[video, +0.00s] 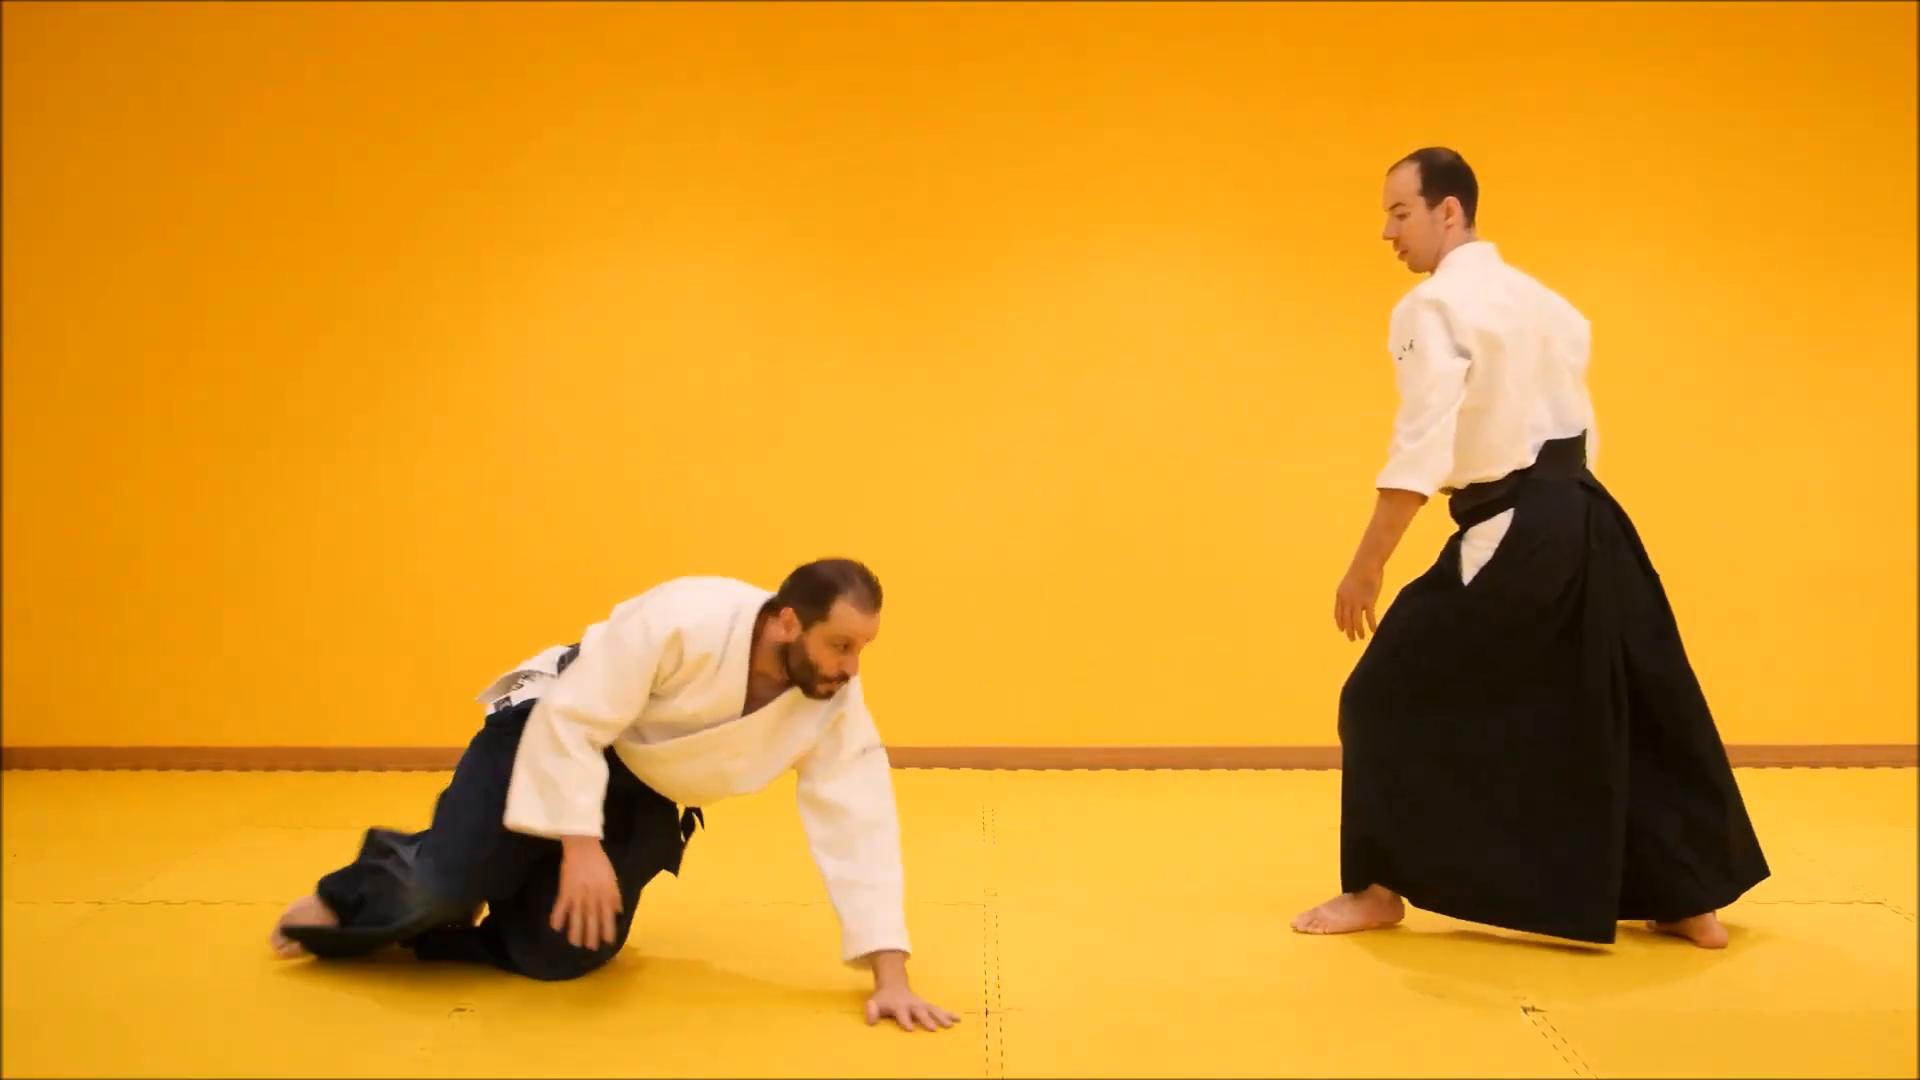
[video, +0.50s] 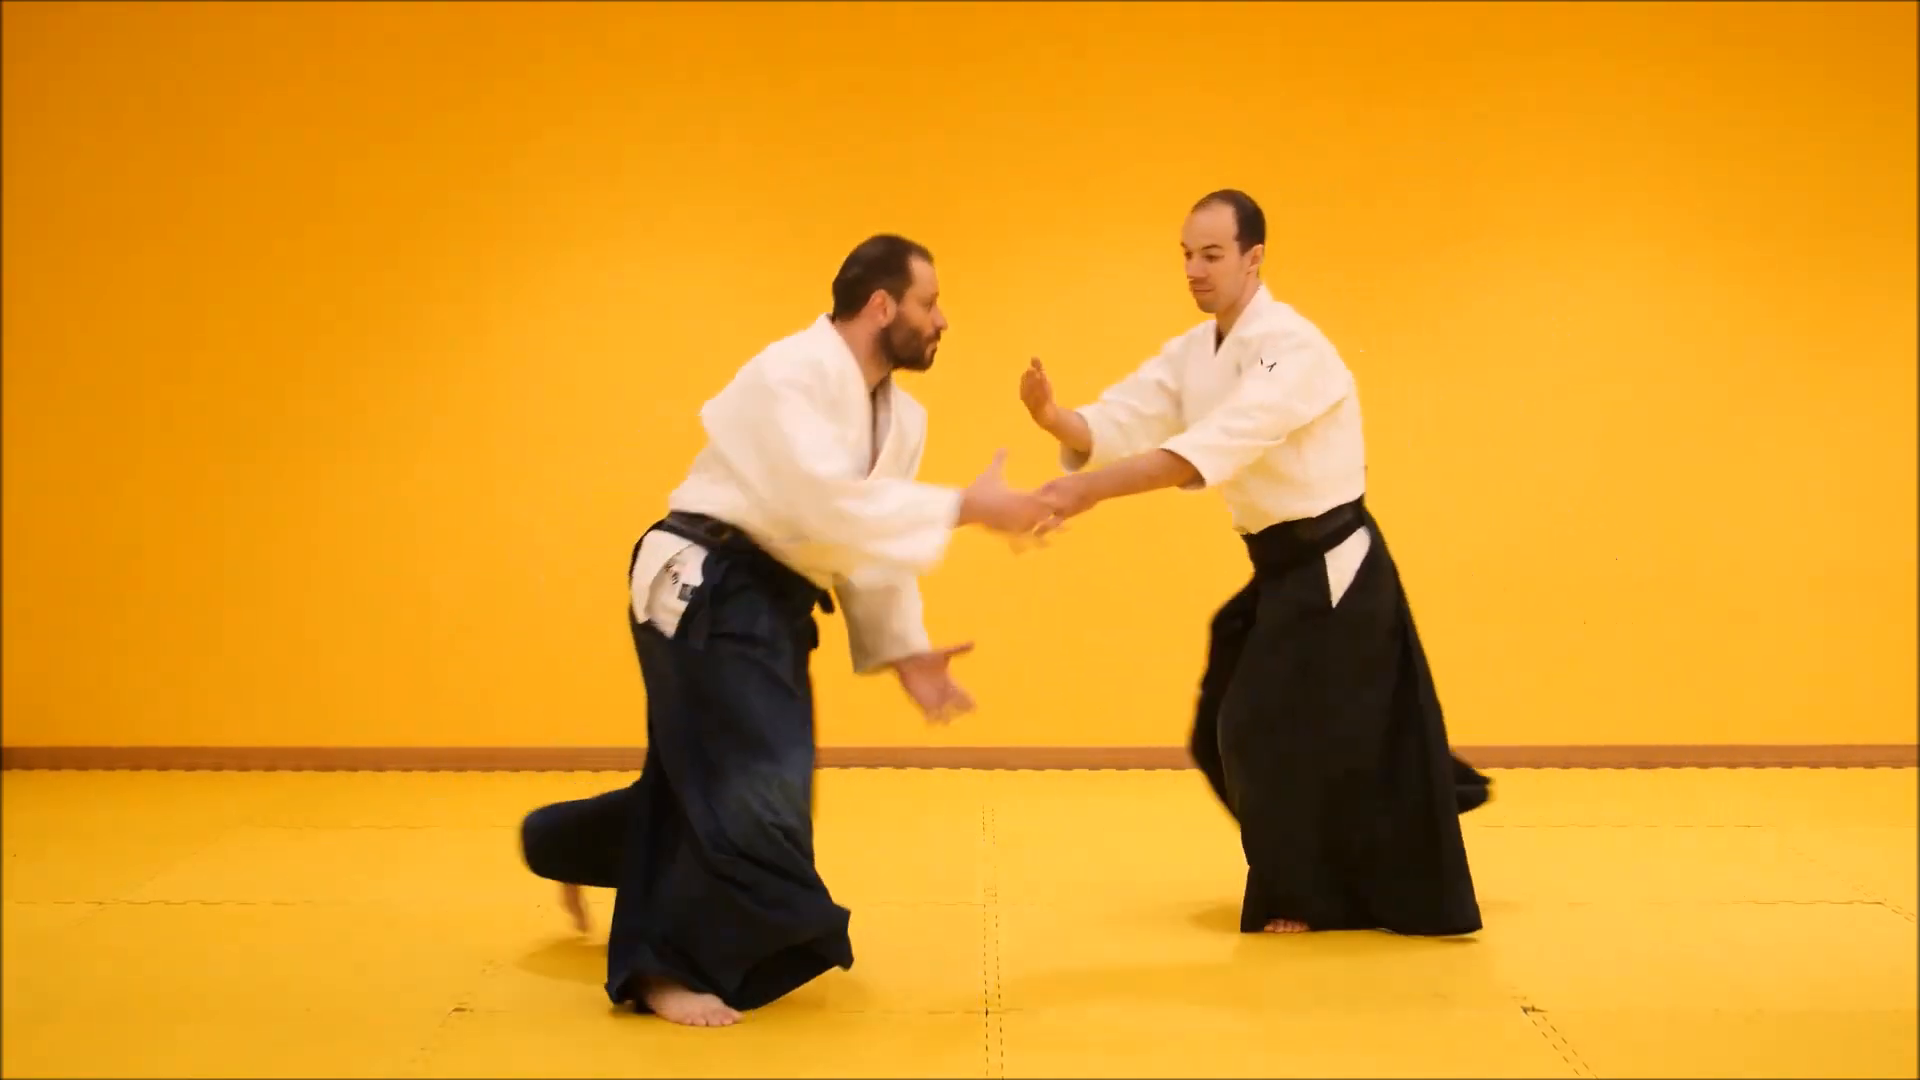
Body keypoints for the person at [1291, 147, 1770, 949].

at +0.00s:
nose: (1389, 233)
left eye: (1399, 214)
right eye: (1386, 216)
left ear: (1449, 211)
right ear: (1453, 217)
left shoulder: (1434, 306)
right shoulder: (1547, 302)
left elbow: (1422, 452)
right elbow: (1576, 436)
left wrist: (1366, 566)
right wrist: (1549, 508)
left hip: (1508, 535)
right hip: (1586, 523)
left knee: (1374, 698)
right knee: (1622, 701)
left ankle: (1372, 887)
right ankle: (1686, 898)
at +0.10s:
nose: (1364, 246)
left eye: (1375, 228)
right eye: (1363, 230)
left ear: (1427, 225)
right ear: (1430, 230)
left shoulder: (1412, 322)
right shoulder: (1522, 314)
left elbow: (1388, 469)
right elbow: (1542, 439)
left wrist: (1327, 572)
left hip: (1490, 553)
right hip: (1568, 537)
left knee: (1348, 703)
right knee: (1618, 707)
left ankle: (1330, 883)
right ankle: (1689, 901)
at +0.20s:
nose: (1325, 259)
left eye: (1337, 242)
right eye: (1323, 244)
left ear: (1388, 242)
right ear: (1389, 248)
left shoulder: (1373, 338)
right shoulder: (1467, 328)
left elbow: (1335, 479)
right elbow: (1467, 469)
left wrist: (1251, 576)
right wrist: (1379, 552)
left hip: (1458, 564)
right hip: (1529, 548)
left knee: (1312, 711)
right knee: (1586, 720)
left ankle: (1313, 889)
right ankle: (1682, 900)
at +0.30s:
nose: (1277, 266)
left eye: (1291, 248)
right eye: (1275, 250)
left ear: (1343, 251)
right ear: (1330, 256)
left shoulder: (1337, 349)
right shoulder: (1384, 328)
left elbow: (1285, 475)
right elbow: (1337, 468)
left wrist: (1177, 554)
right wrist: (1228, 513)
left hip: (1411, 570)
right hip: (1457, 552)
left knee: (1278, 715)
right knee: (1521, 725)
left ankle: (1299, 896)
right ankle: (1671, 859)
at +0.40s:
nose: (1232, 268)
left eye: (1248, 251)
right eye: (1228, 253)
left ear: (1296, 256)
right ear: (1251, 260)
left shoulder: (1321, 353)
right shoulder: (1265, 352)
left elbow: (1236, 468)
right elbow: (1198, 443)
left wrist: (1110, 522)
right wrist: (1111, 465)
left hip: (1377, 565)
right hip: (1342, 562)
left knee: (1262, 728)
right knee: (1408, 724)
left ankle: (1301, 897)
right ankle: (1554, 808)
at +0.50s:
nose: (1196, 270)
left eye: (1212, 255)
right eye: (1188, 256)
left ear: (1254, 257)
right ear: (1184, 261)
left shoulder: (1294, 353)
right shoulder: (1196, 352)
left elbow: (1197, 459)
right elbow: (1112, 428)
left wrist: (1085, 489)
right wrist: (1054, 419)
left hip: (1335, 569)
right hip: (1278, 573)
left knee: (1260, 729)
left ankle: (1295, 894)